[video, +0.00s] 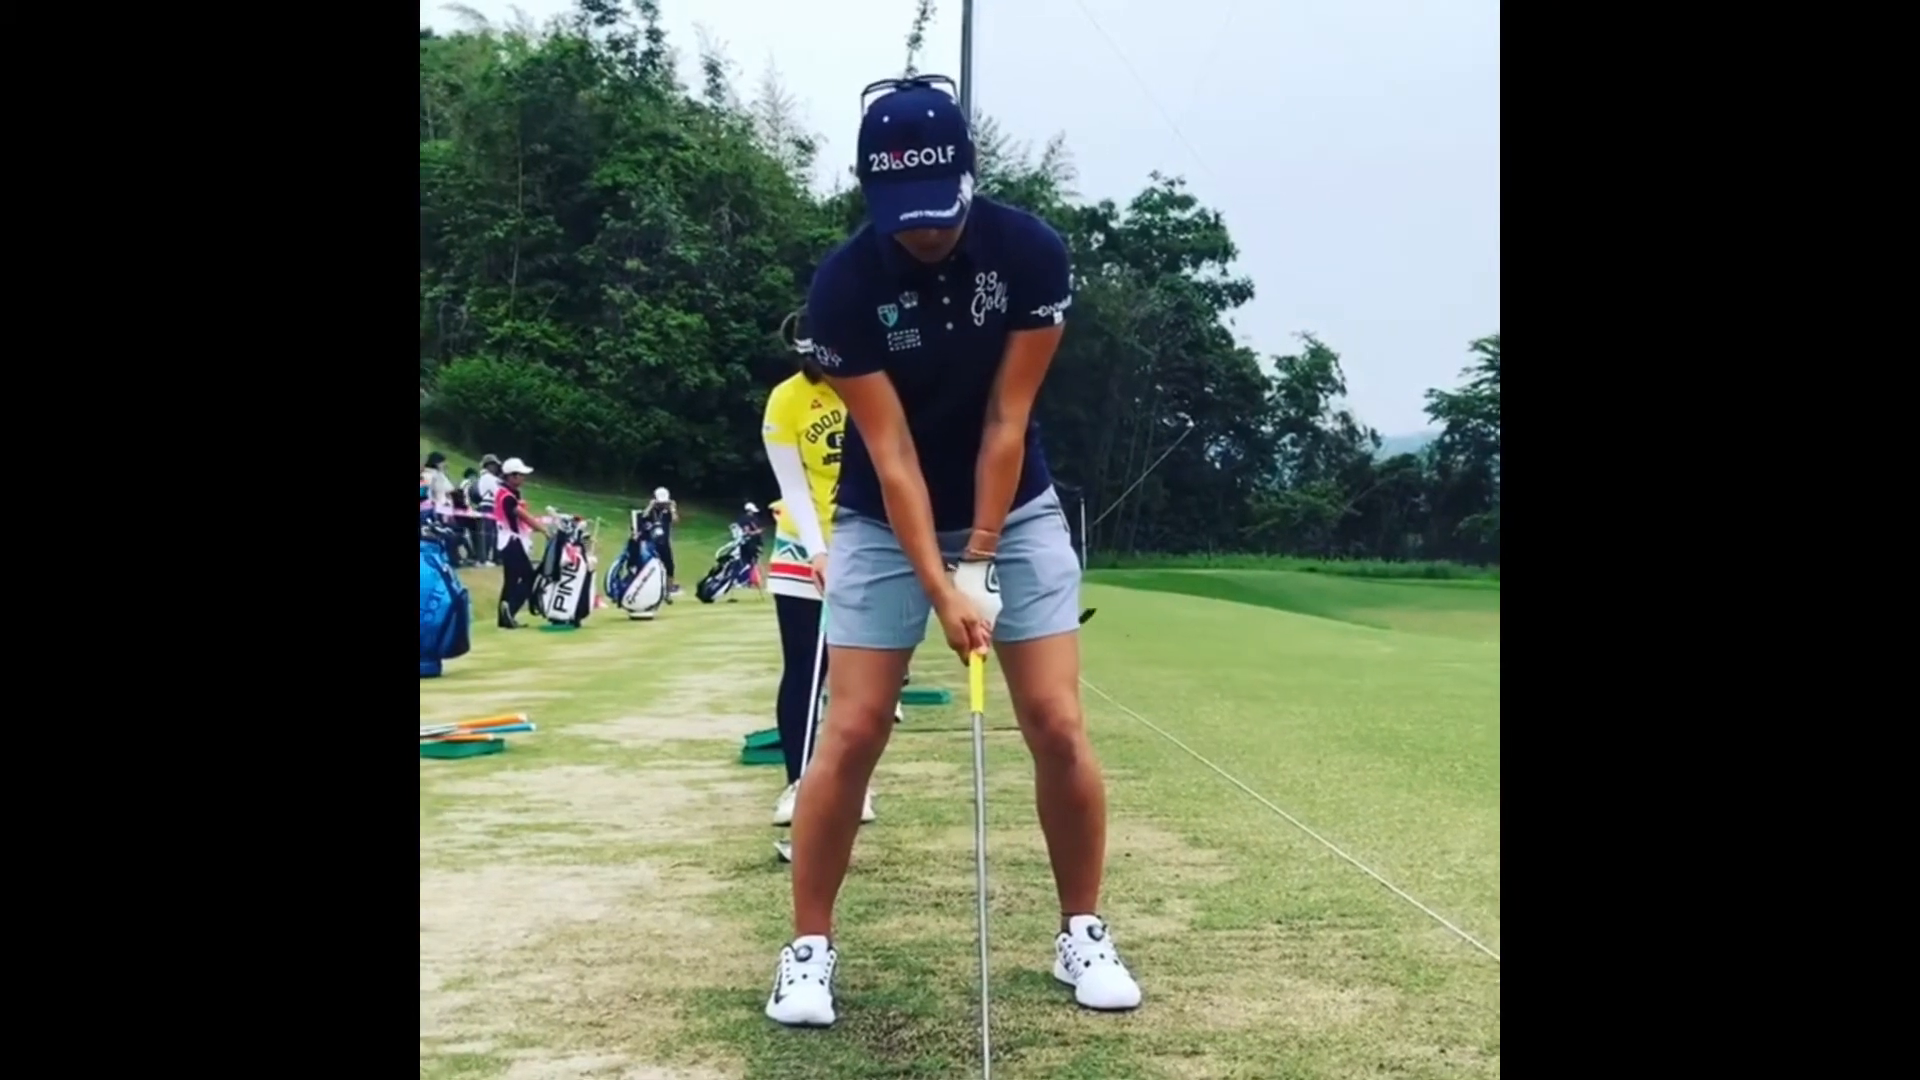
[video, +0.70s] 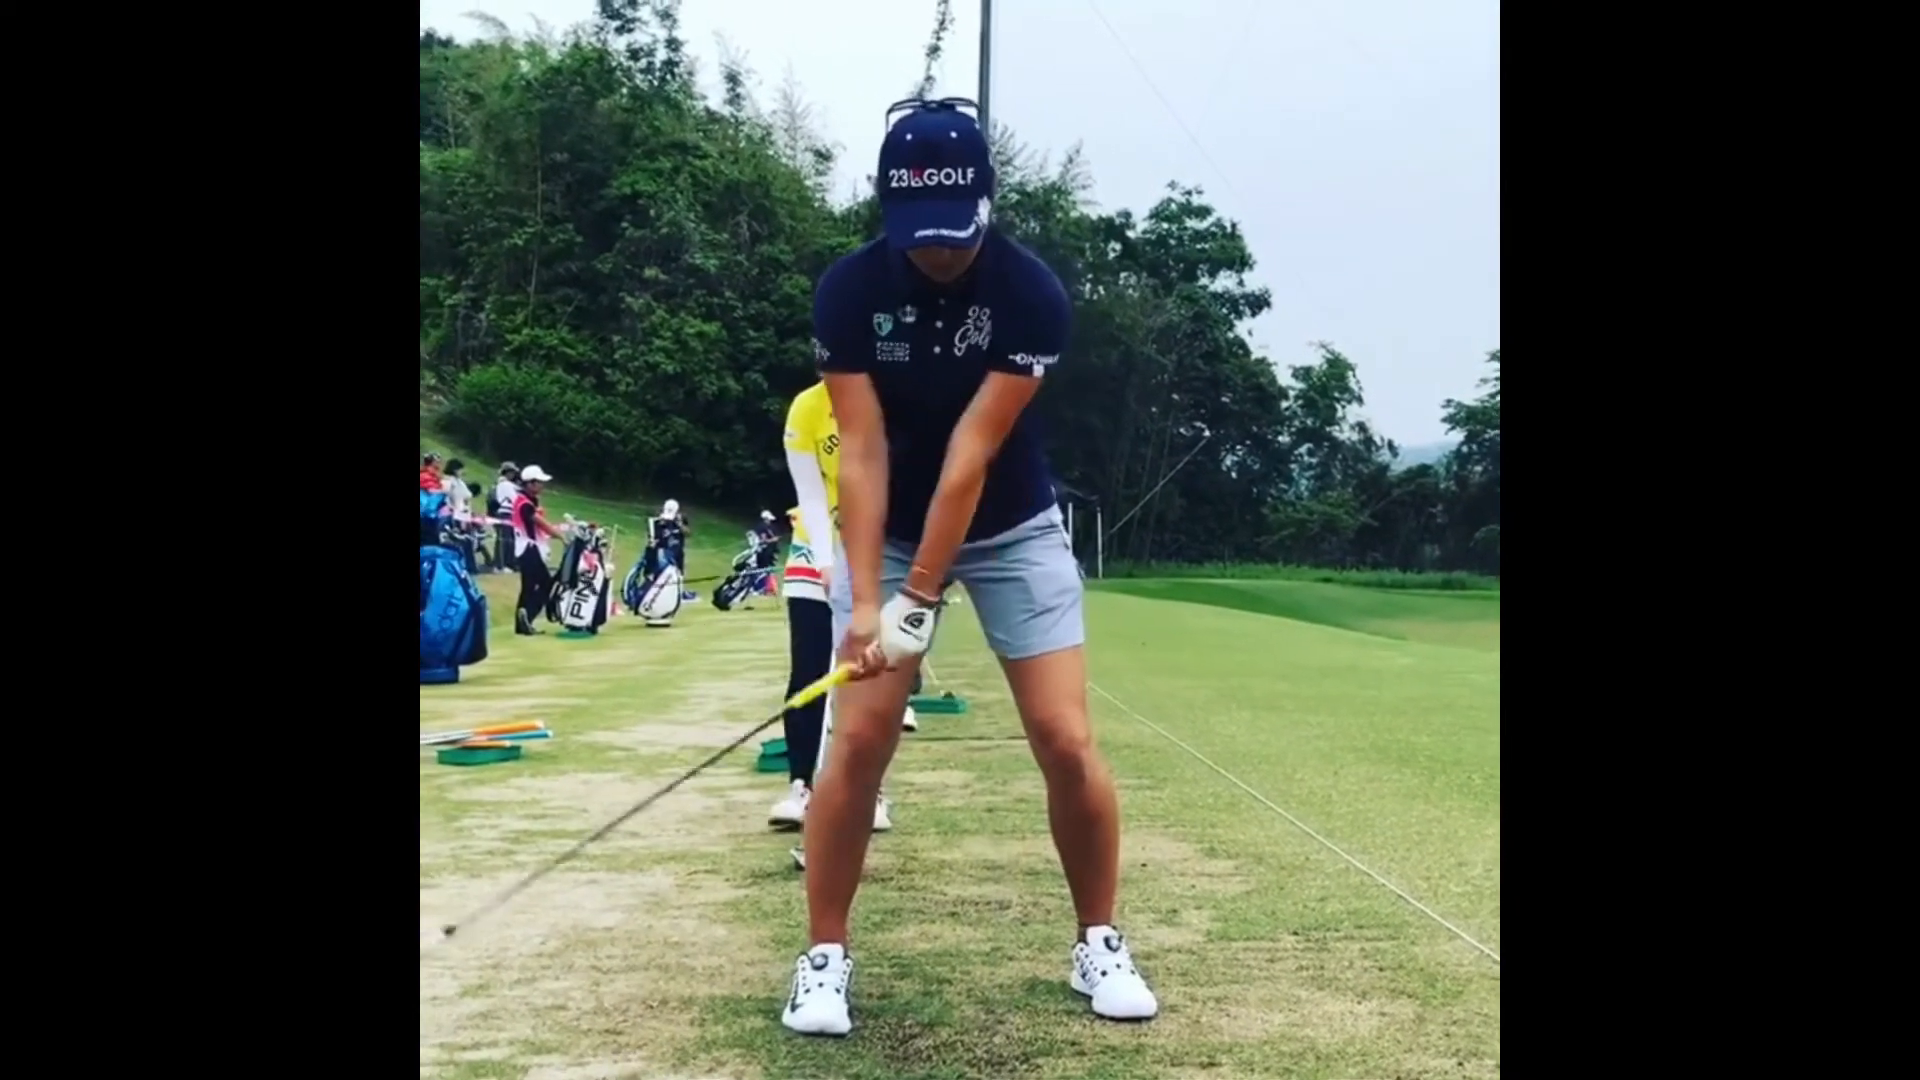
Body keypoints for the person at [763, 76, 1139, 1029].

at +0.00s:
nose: (928, 228)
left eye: (943, 207)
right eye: (908, 211)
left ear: (970, 176)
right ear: (875, 188)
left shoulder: (1029, 253)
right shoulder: (841, 286)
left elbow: (1009, 417)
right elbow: (891, 456)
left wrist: (980, 558)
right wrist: (939, 585)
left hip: (1012, 505)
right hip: (882, 513)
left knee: (1058, 725)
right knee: (855, 729)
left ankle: (1083, 933)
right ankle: (809, 946)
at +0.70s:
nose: (941, 247)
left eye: (958, 226)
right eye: (922, 229)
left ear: (986, 203)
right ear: (892, 207)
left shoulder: (1032, 296)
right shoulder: (847, 292)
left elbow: (971, 457)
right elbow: (858, 450)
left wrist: (919, 600)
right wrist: (865, 602)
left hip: (1013, 530)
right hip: (891, 535)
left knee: (1066, 741)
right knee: (858, 743)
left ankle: (1100, 942)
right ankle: (825, 954)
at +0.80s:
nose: (941, 250)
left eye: (959, 232)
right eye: (924, 232)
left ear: (990, 207)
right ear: (893, 207)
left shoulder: (1016, 310)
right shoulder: (852, 278)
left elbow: (903, 465)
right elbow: (823, 426)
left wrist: (808, 582)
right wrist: (767, 563)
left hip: (1017, 536)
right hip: (894, 539)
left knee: (1068, 748)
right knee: (863, 736)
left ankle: (1101, 944)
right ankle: (826, 956)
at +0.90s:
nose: (939, 253)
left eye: (957, 234)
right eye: (921, 234)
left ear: (991, 212)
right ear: (896, 209)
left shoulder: (999, 322)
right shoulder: (875, 260)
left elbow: (833, 416)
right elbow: (797, 375)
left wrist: (698, 487)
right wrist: (685, 453)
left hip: (1017, 541)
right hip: (895, 541)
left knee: (1068, 757)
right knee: (867, 736)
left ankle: (1103, 946)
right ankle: (828, 958)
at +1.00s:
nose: (936, 255)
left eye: (957, 237)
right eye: (920, 235)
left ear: (993, 217)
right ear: (897, 211)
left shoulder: (981, 321)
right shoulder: (896, 250)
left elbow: (790, 344)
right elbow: (808, 332)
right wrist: (682, 325)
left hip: (1017, 545)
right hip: (898, 541)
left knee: (1064, 764)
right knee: (869, 733)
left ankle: (1103, 947)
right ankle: (828, 958)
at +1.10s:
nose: (930, 250)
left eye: (952, 233)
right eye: (915, 230)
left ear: (989, 217)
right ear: (891, 212)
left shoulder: (980, 314)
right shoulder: (899, 269)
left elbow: (823, 310)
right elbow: (818, 305)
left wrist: (719, 230)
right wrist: (736, 230)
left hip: (1016, 550)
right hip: (897, 544)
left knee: (1059, 771)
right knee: (871, 737)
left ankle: (1103, 950)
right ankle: (828, 962)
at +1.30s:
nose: (954, 260)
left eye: (970, 238)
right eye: (932, 244)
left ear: (1000, 216)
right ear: (904, 231)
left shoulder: (1002, 316)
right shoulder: (911, 288)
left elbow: (842, 283)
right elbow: (837, 329)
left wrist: (758, 212)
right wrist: (785, 226)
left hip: (1036, 556)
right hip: (917, 551)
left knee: (1071, 774)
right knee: (874, 750)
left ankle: (1099, 953)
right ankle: (825, 964)